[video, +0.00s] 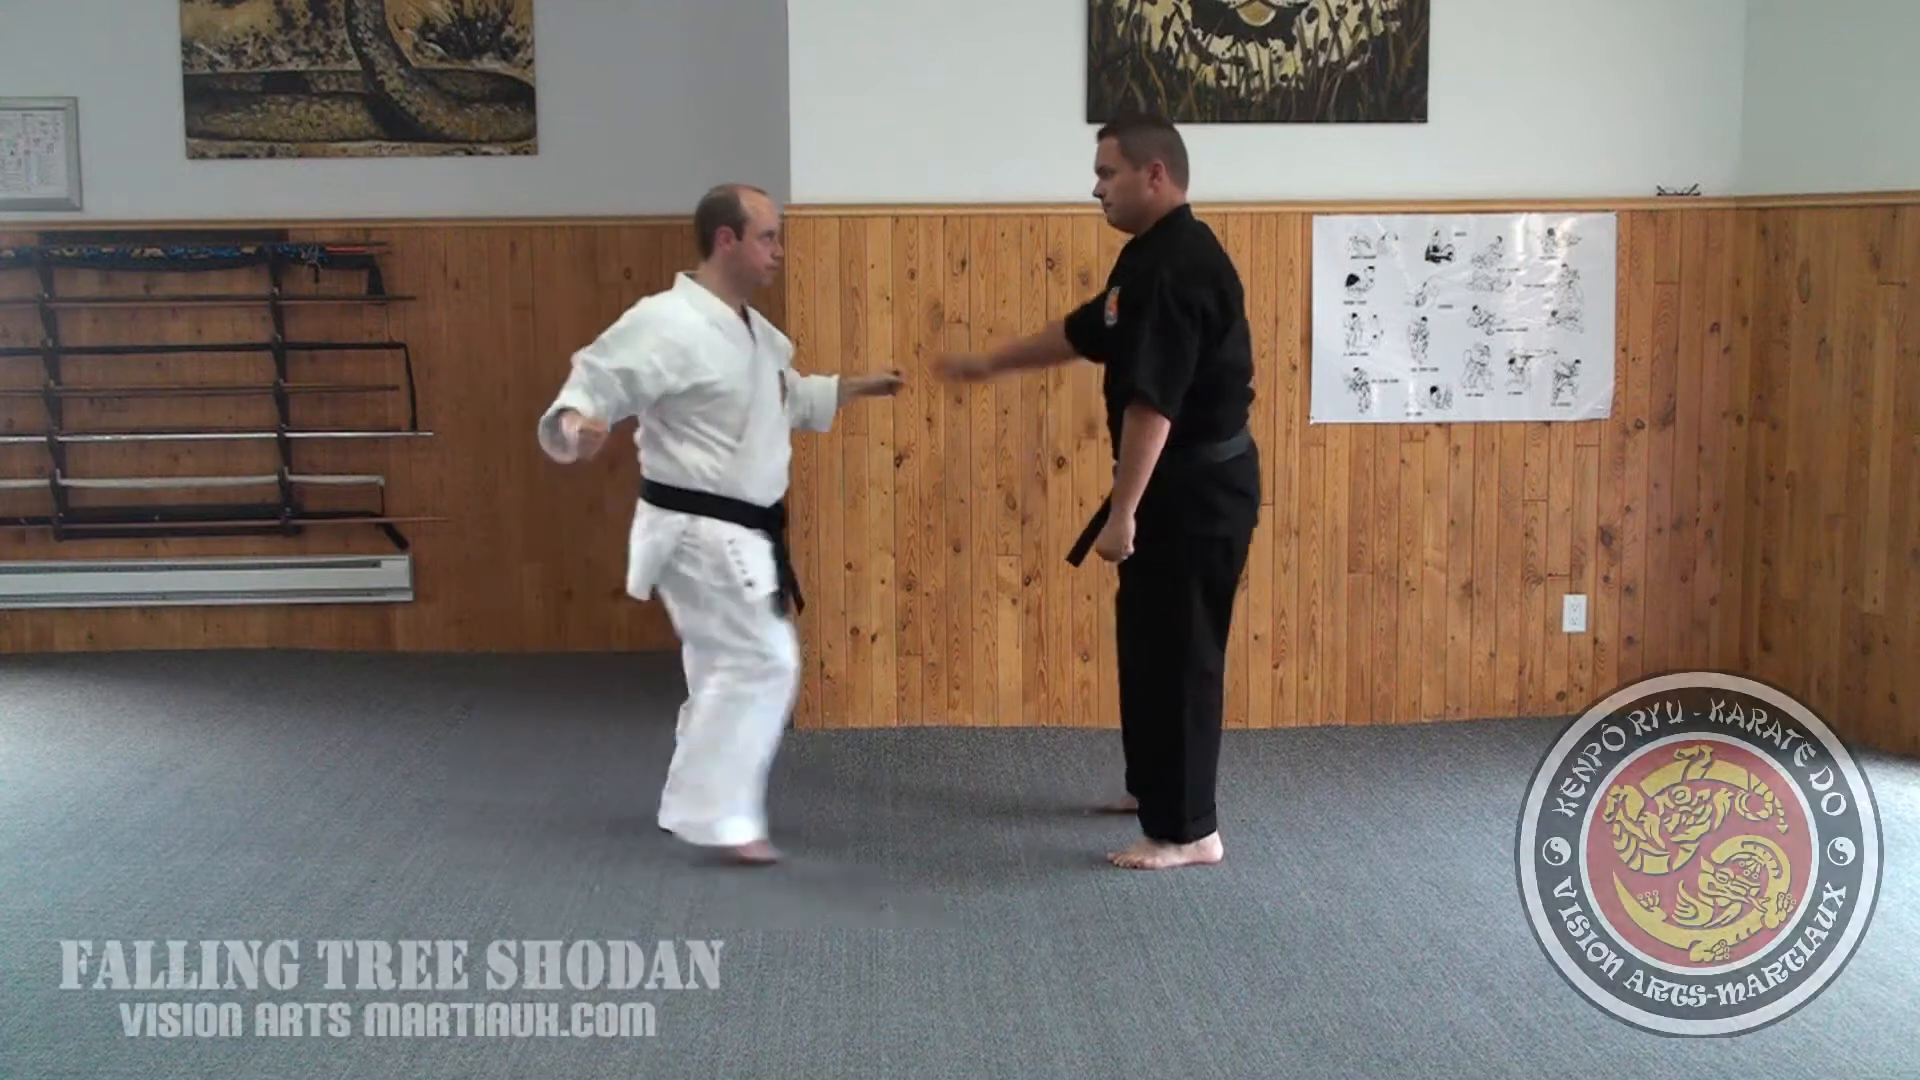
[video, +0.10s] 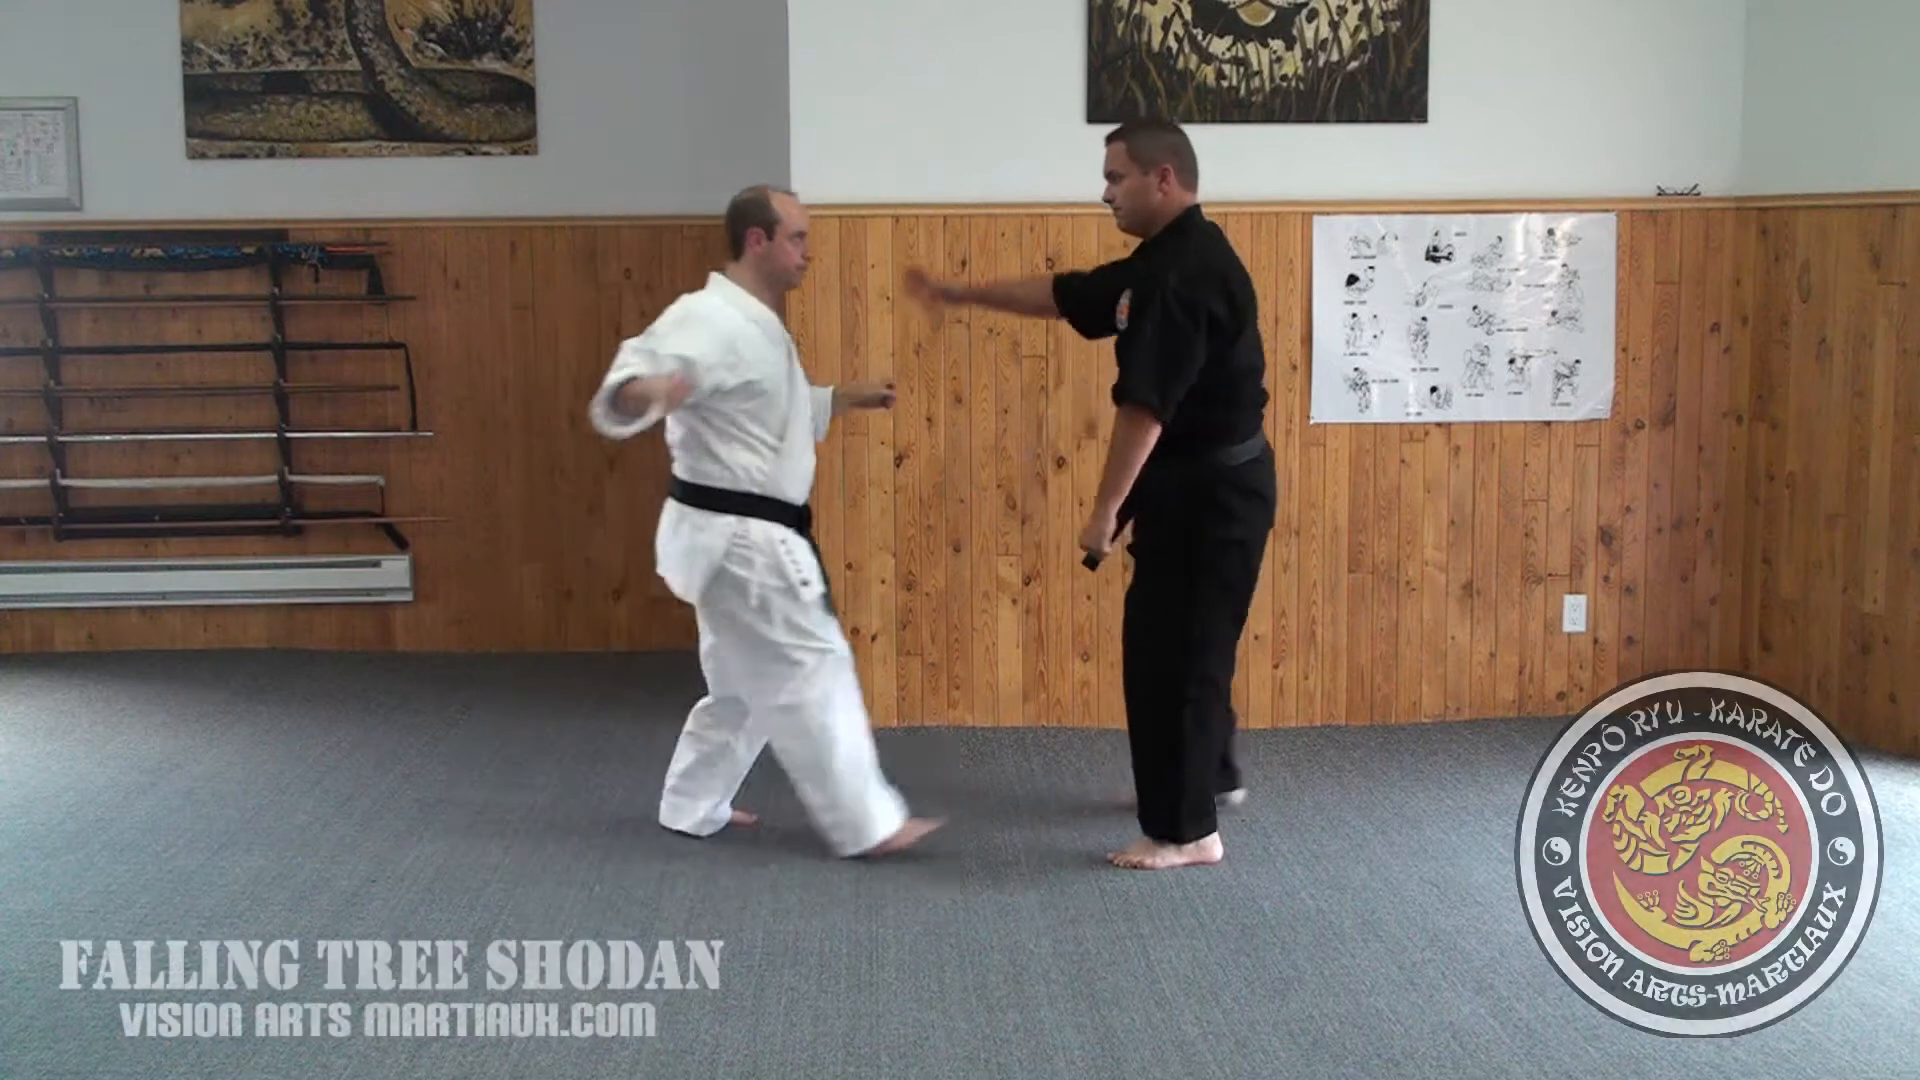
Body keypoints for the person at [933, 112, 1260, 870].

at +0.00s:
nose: (1097, 188)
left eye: (1107, 172)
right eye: (1097, 173)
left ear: (1156, 175)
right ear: (1153, 178)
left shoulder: (1176, 265)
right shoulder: (1153, 253)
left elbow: (1153, 404)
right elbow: (1083, 333)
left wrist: (1123, 509)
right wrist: (987, 362)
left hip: (1195, 484)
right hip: (1171, 480)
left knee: (1179, 656)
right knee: (1150, 643)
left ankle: (1189, 831)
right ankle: (1157, 786)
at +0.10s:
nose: (1106, 192)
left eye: (1115, 178)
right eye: (1106, 177)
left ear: (1163, 178)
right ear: (1164, 179)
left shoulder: (1184, 269)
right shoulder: (1170, 255)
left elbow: (1145, 406)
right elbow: (1071, 293)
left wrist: (1108, 507)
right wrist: (963, 293)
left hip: (1204, 488)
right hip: (1202, 480)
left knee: (1170, 653)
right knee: (1189, 638)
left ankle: (1186, 832)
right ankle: (1211, 774)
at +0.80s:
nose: (1201, 199)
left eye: (1210, 184)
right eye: (1201, 185)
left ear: (1257, 182)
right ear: (1264, 186)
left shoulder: (1253, 266)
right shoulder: (1316, 256)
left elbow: (1133, 281)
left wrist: (1022, 269)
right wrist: (1240, 458)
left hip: (1268, 486)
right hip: (1314, 475)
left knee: (1252, 643)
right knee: (1311, 625)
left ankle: (1278, 808)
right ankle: (1342, 774)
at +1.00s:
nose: (1211, 194)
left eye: (1220, 179)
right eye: (1210, 180)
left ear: (1269, 179)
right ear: (1275, 182)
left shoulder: (1259, 259)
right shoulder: (1326, 255)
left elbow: (1123, 268)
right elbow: (1308, 342)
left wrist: (1005, 259)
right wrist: (1227, 338)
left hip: (1268, 488)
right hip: (1262, 478)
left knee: (1254, 644)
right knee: (1198, 615)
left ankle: (1278, 810)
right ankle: (1325, 688)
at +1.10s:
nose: (1214, 195)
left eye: (1222, 180)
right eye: (1213, 181)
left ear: (1271, 178)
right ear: (1278, 181)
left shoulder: (1255, 256)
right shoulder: (1331, 254)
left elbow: (1120, 267)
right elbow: (1322, 347)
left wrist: (1004, 257)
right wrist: (1232, 339)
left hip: (1262, 485)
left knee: (1251, 646)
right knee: (1141, 579)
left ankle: (1277, 811)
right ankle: (1289, 594)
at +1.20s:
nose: (1214, 197)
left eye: (1222, 182)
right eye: (1213, 182)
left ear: (1270, 180)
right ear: (1277, 182)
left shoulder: (1253, 255)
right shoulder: (1330, 256)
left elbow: (1118, 267)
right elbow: (1344, 366)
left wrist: (1001, 256)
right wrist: (1235, 346)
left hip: (1259, 482)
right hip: (1218, 461)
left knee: (1233, 638)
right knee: (1102, 524)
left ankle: (1281, 806)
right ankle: (1181, 613)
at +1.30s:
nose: (1208, 202)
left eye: (1216, 187)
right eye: (1207, 188)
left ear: (1265, 184)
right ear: (1273, 188)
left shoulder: (1243, 260)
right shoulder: (1331, 263)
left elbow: (1114, 269)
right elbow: (1350, 374)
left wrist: (998, 254)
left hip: (1247, 484)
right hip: (1213, 468)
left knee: (1228, 641)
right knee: (1093, 529)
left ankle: (1281, 804)